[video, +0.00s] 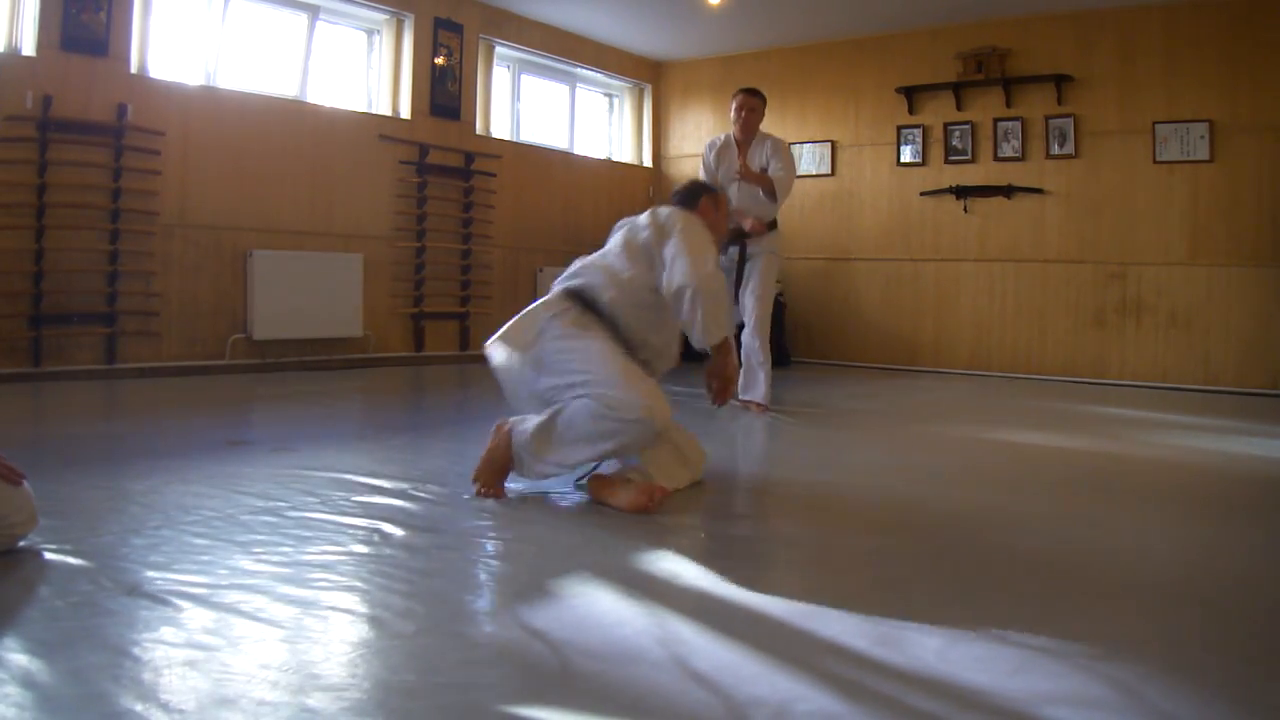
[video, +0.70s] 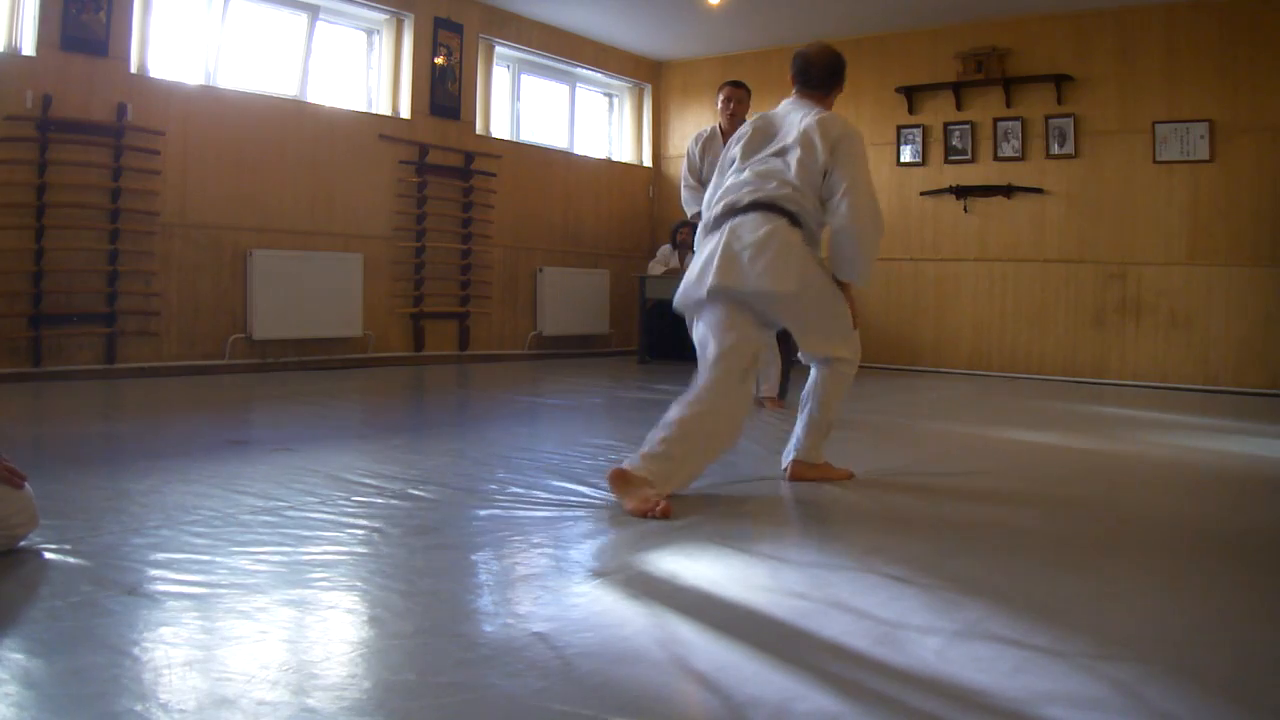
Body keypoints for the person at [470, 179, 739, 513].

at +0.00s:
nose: (728, 229)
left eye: (728, 220)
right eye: (725, 216)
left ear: (683, 204)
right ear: (707, 207)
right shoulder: (680, 221)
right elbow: (694, 279)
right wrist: (722, 351)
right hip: (562, 328)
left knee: (686, 452)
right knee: (641, 410)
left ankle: (614, 478)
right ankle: (514, 440)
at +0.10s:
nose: (746, 213)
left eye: (745, 203)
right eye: (742, 199)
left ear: (693, 185)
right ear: (726, 184)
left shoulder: (661, 211)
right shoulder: (709, 200)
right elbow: (699, 250)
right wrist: (725, 328)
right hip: (597, 311)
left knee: (700, 464)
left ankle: (621, 474)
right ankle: (553, 435)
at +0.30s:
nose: (769, 155)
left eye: (768, 149)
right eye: (769, 148)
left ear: (715, 143)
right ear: (760, 144)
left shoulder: (691, 181)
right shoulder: (742, 164)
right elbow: (735, 208)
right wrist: (769, 281)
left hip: (629, 317)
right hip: (678, 290)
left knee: (699, 454)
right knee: (817, 336)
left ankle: (639, 472)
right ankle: (775, 450)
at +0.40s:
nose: (782, 141)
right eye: (783, 135)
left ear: (727, 131)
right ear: (778, 134)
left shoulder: (698, 179)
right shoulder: (765, 157)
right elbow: (769, 206)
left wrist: (750, 376)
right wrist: (786, 267)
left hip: (663, 303)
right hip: (716, 286)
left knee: (700, 449)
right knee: (835, 318)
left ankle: (642, 472)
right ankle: (818, 447)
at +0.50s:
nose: (733, 113)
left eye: (740, 108)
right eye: (803, 121)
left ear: (750, 113)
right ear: (798, 117)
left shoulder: (713, 165)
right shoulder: (793, 146)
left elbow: (698, 233)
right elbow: (819, 219)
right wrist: (819, 281)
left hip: (690, 300)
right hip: (747, 285)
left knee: (704, 446)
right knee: (837, 335)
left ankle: (638, 475)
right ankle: (809, 457)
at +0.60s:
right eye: (822, 106)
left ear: (770, 100)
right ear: (820, 106)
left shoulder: (734, 149)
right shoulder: (821, 141)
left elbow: (704, 219)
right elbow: (846, 225)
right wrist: (834, 282)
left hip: (706, 279)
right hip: (764, 268)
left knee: (718, 438)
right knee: (837, 350)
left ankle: (643, 477)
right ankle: (804, 457)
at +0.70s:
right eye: (839, 90)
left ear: (790, 84)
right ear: (838, 90)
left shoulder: (749, 129)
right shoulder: (835, 131)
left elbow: (711, 202)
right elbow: (853, 214)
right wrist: (846, 281)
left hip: (711, 254)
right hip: (769, 244)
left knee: (723, 380)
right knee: (836, 351)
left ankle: (648, 473)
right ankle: (805, 456)